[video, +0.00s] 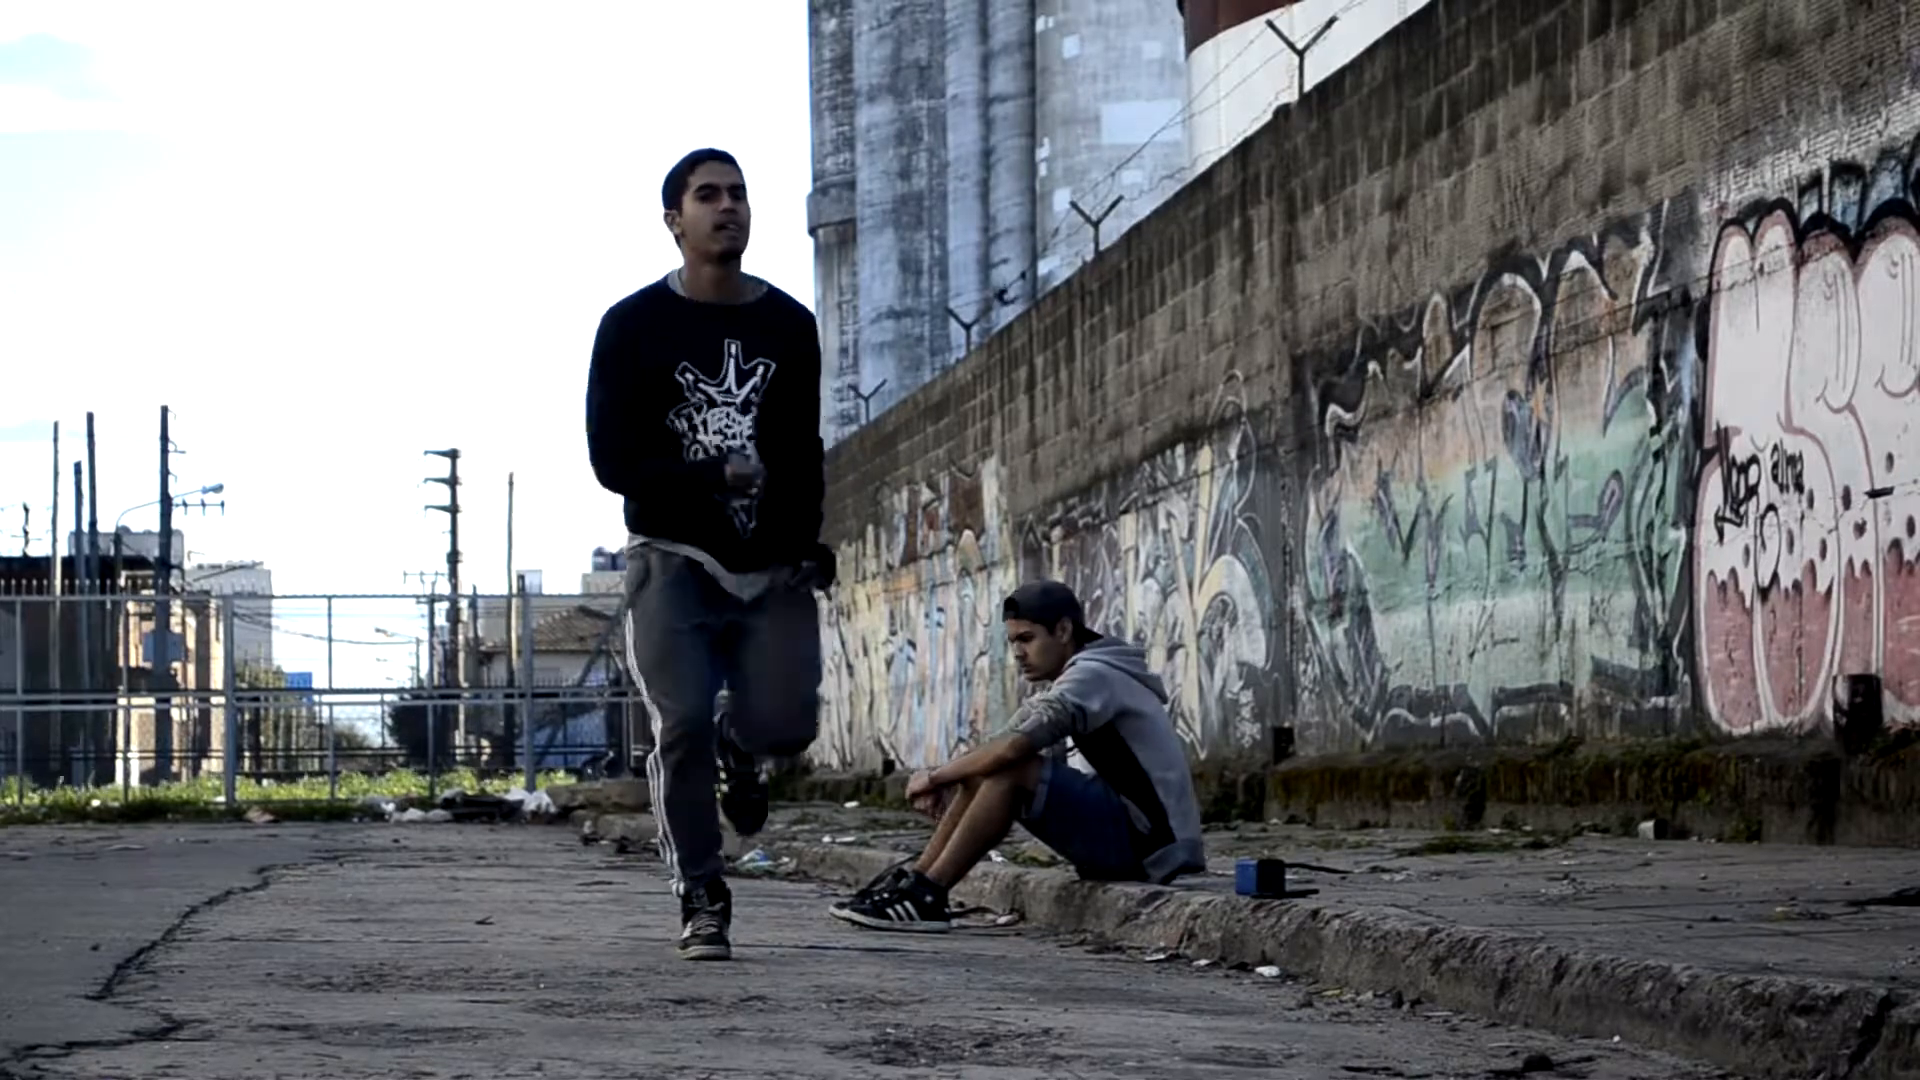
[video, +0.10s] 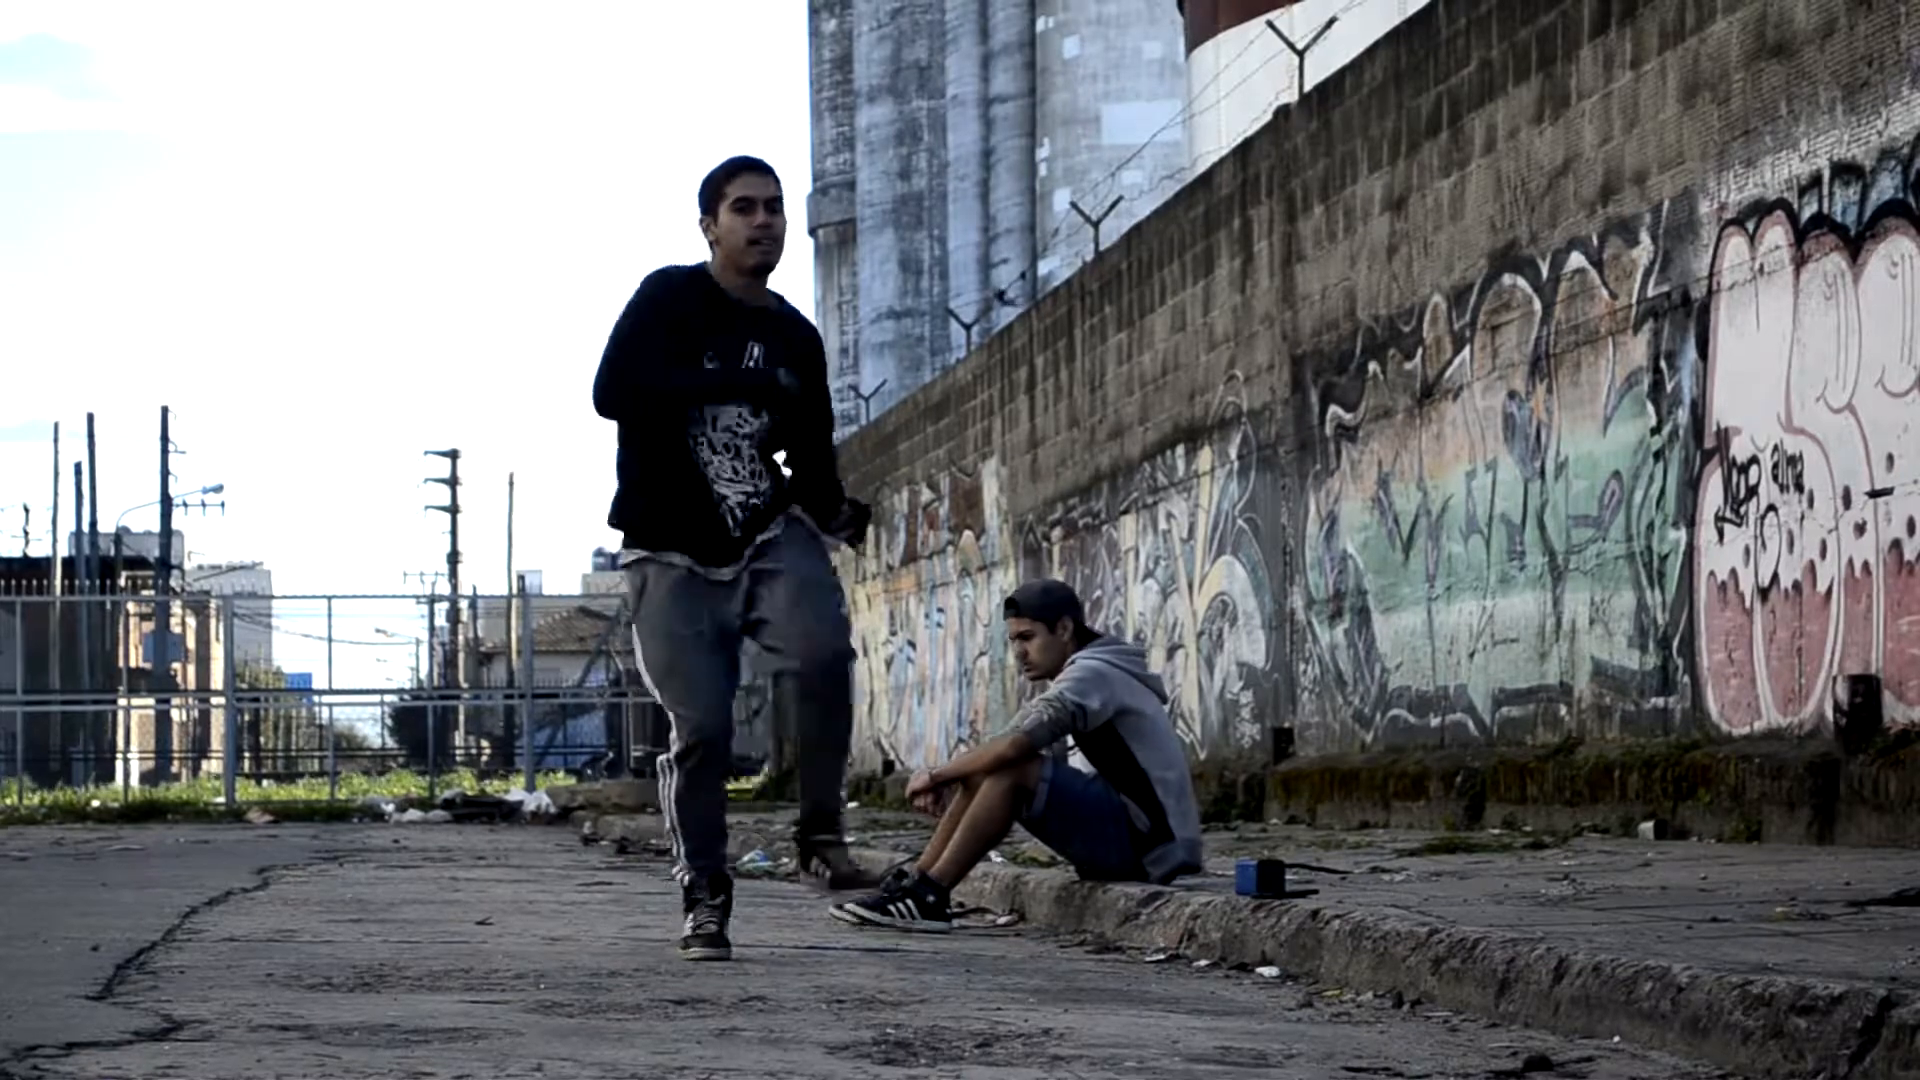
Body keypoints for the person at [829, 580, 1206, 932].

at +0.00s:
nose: (1017, 655)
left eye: (1025, 640)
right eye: (1013, 643)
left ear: (1064, 631)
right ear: (1061, 634)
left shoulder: (1094, 672)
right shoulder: (1077, 676)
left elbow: (1012, 749)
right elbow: (1015, 751)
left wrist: (936, 776)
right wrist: (946, 783)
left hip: (1150, 846)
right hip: (1124, 837)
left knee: (1012, 770)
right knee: (983, 767)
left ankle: (933, 895)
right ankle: (914, 883)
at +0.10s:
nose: (1019, 654)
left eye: (1027, 638)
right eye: (1014, 642)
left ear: (1065, 629)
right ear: (1062, 634)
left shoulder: (1094, 671)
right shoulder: (1079, 674)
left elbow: (1014, 748)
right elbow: (1018, 753)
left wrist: (937, 774)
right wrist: (948, 782)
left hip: (1150, 846)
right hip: (1124, 837)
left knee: (1012, 769)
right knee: (982, 768)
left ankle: (934, 895)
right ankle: (914, 885)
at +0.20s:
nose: (1019, 648)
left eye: (1028, 634)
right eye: (1016, 637)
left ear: (1067, 627)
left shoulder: (1094, 667)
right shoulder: (1078, 669)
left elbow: (1015, 744)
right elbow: (1015, 745)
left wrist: (937, 774)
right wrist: (948, 778)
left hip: (1151, 848)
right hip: (1127, 839)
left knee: (1015, 764)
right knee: (987, 765)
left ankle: (938, 892)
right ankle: (918, 882)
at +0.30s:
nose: (1019, 646)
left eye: (1029, 631)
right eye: (1016, 635)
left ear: (1068, 624)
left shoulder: (1095, 667)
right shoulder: (1082, 669)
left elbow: (1014, 744)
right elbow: (1019, 747)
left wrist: (937, 775)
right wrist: (950, 778)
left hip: (1151, 850)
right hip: (1128, 840)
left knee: (1013, 770)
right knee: (984, 770)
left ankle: (931, 894)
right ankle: (914, 884)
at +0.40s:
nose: (1020, 647)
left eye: (1028, 633)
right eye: (1016, 636)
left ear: (1068, 624)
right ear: (1065, 628)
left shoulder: (1099, 671)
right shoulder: (1069, 676)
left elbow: (1013, 746)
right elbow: (1006, 746)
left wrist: (939, 769)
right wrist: (944, 774)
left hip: (1150, 845)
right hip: (1120, 836)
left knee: (1012, 772)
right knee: (985, 768)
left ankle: (931, 897)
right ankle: (913, 884)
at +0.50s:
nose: (1019, 650)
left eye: (1028, 636)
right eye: (1015, 639)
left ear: (1067, 628)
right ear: (1061, 632)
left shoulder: (1101, 676)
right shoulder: (1064, 684)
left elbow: (1011, 751)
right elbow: (999, 743)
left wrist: (957, 749)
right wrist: (942, 776)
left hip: (1151, 848)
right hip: (1120, 839)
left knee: (1013, 771)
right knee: (983, 767)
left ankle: (933, 895)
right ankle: (915, 882)